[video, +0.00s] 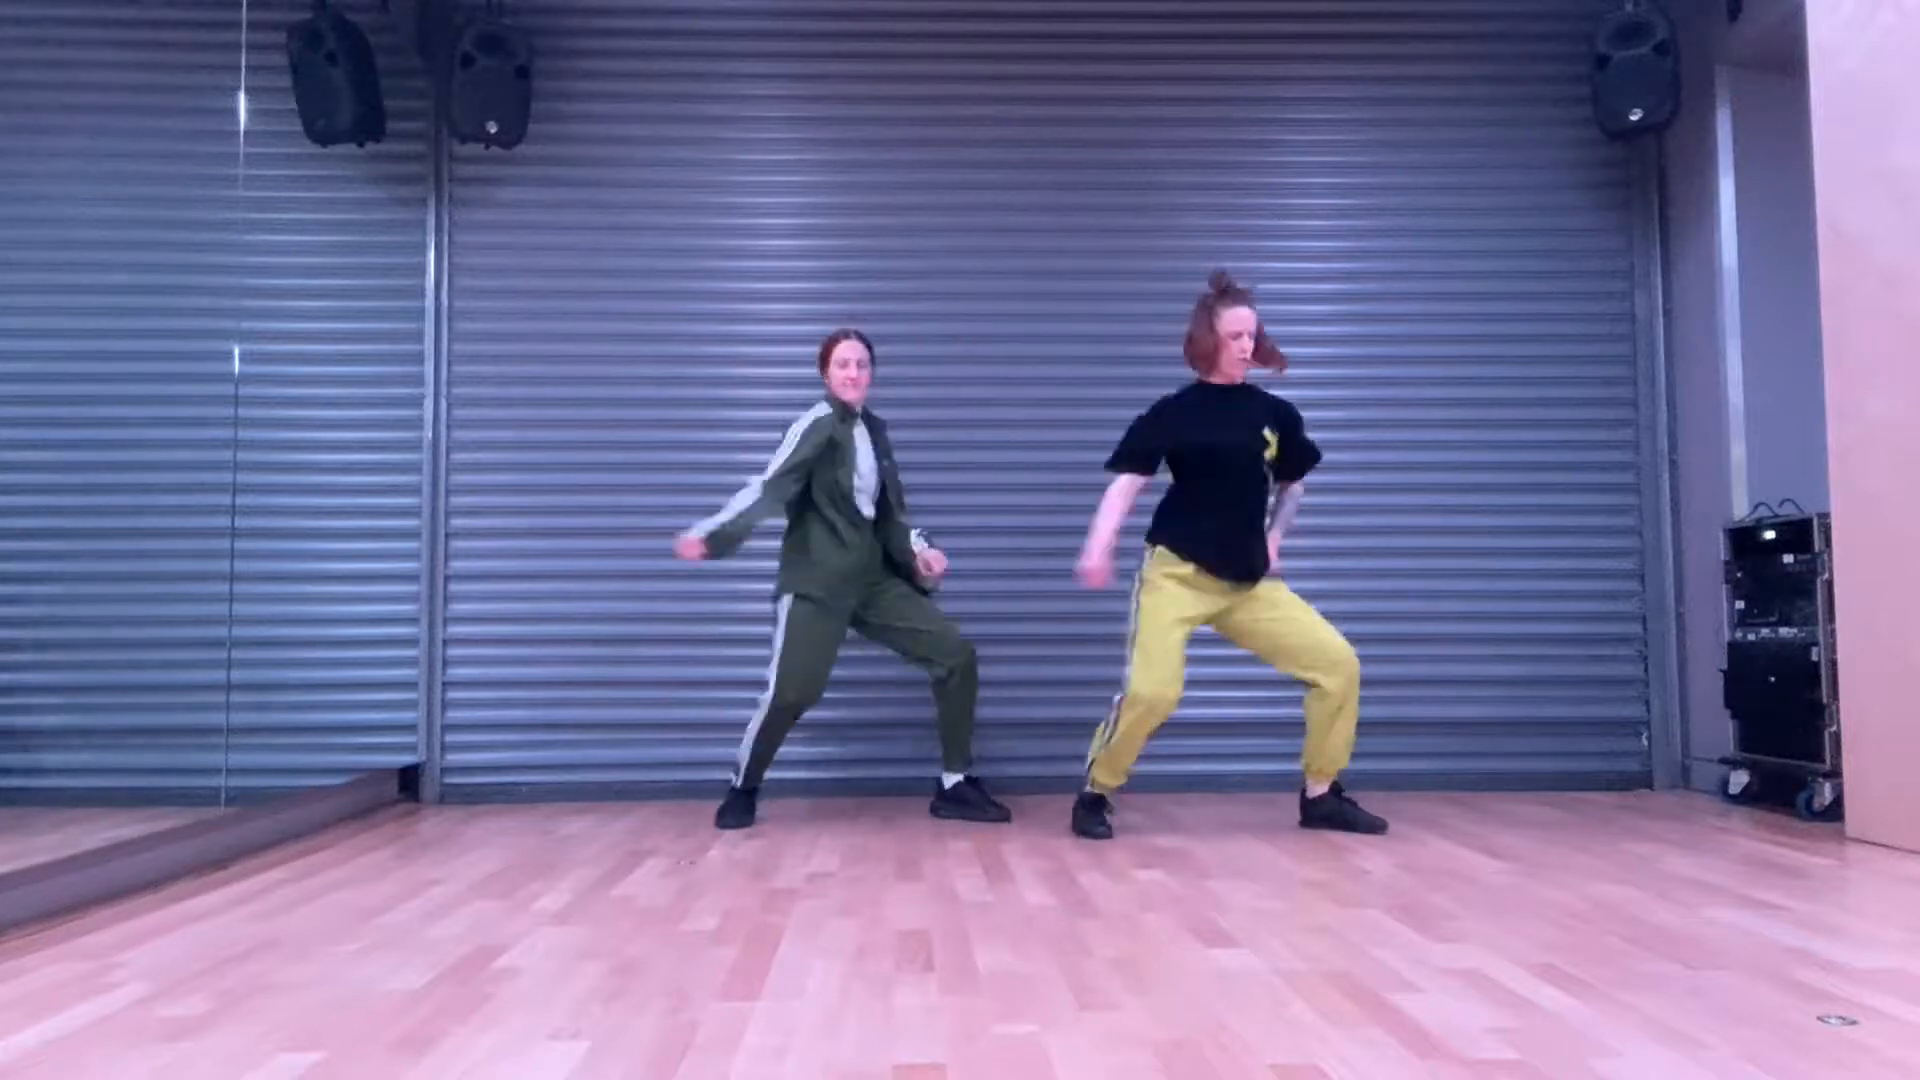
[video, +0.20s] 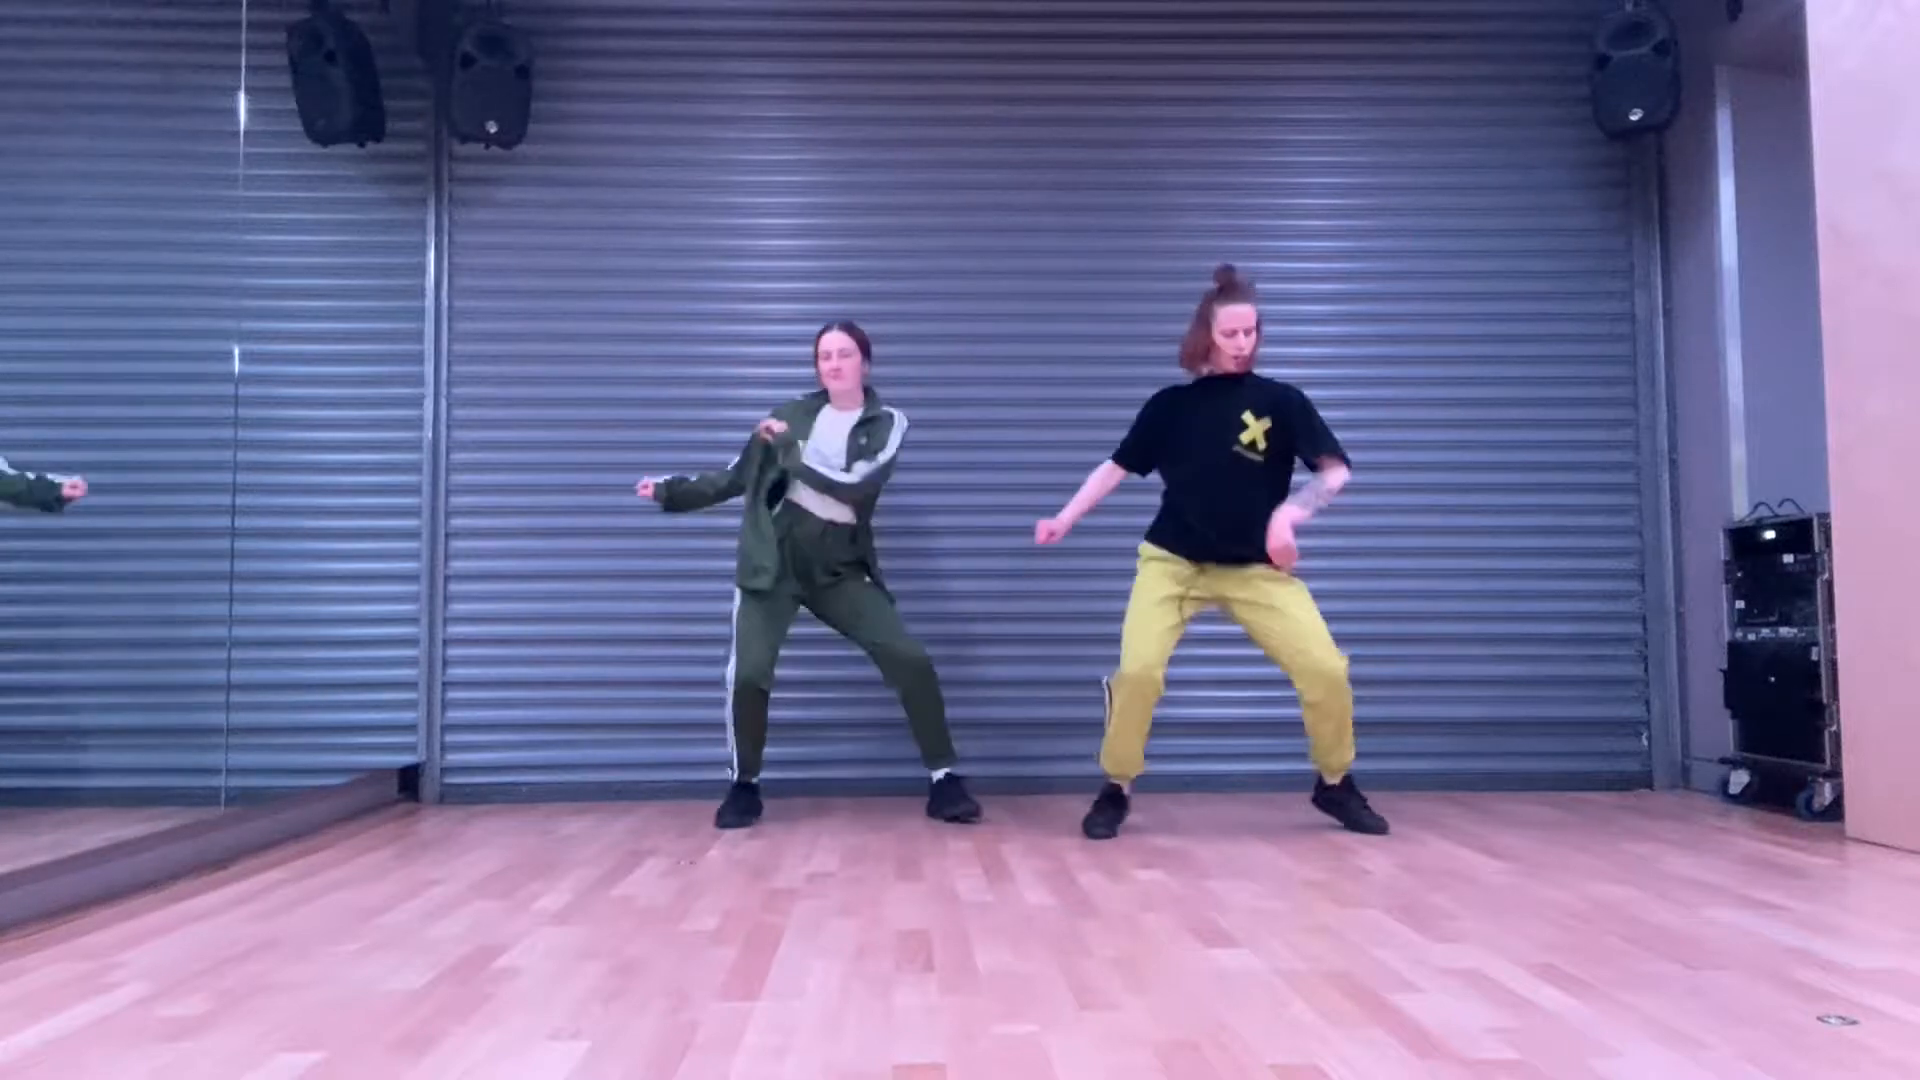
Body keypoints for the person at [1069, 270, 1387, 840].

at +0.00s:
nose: (1246, 346)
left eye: (1251, 335)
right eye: (1234, 335)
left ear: (1256, 341)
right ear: (1206, 339)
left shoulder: (1275, 415)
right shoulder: (1173, 413)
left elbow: (1293, 486)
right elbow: (1126, 483)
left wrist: (1272, 541)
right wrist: (1097, 547)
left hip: (1247, 584)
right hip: (1174, 579)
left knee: (1337, 664)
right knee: (1154, 692)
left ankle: (1320, 796)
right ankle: (1095, 794)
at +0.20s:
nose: (1243, 344)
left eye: (1251, 332)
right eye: (1231, 333)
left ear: (1260, 334)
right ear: (1206, 336)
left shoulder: (1283, 403)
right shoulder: (1171, 405)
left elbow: (1336, 473)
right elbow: (1117, 469)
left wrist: (1289, 513)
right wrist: (1064, 518)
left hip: (1258, 570)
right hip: (1171, 565)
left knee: (1327, 669)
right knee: (1138, 670)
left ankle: (1335, 785)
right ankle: (1114, 790)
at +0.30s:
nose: (1245, 353)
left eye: (1253, 341)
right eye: (1233, 343)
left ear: (1265, 342)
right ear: (1211, 346)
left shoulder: (1285, 395)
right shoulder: (1189, 410)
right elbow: (1136, 471)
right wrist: (1135, 503)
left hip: (1257, 554)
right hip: (1182, 549)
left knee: (1281, 679)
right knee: (1130, 663)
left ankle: (1364, 785)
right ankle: (1134, 793)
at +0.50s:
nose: (1241, 341)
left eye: (1250, 329)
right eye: (1229, 331)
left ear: (1267, 331)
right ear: (1214, 338)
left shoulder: (1299, 383)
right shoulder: (1202, 406)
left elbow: (1355, 446)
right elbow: (1160, 477)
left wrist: (1284, 459)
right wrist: (1161, 480)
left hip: (1301, 571)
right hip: (1227, 571)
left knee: (1321, 684)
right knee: (1156, 656)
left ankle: (1365, 787)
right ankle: (1146, 791)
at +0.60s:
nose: (1247, 354)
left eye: (1257, 341)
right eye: (1235, 343)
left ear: (1273, 346)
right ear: (1220, 352)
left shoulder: (1308, 417)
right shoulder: (1214, 430)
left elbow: (1351, 495)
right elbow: (1200, 511)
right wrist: (1132, 545)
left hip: (1320, 587)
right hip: (1245, 588)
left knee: (1334, 701)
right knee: (1176, 666)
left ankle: (1369, 798)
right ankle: (1171, 799)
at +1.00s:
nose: (1240, 344)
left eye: (1250, 330)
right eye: (1229, 334)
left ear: (1271, 328)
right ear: (1218, 339)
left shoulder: (1314, 378)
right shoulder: (1225, 394)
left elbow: (1360, 447)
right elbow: (1219, 481)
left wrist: (1411, 457)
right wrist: (1163, 507)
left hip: (1268, 551)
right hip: (1200, 540)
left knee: (1292, 678)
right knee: (1162, 668)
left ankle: (1364, 790)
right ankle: (1167, 798)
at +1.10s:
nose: (1217, 331)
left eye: (1228, 317)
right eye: (1206, 320)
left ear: (1251, 314)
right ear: (1194, 323)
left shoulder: (1288, 344)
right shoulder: (1203, 367)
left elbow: (1338, 398)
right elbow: (1194, 437)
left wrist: (1369, 399)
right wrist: (1130, 462)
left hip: (1281, 541)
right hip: (1211, 538)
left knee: (1304, 665)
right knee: (1149, 642)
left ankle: (1372, 783)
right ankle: (1171, 777)